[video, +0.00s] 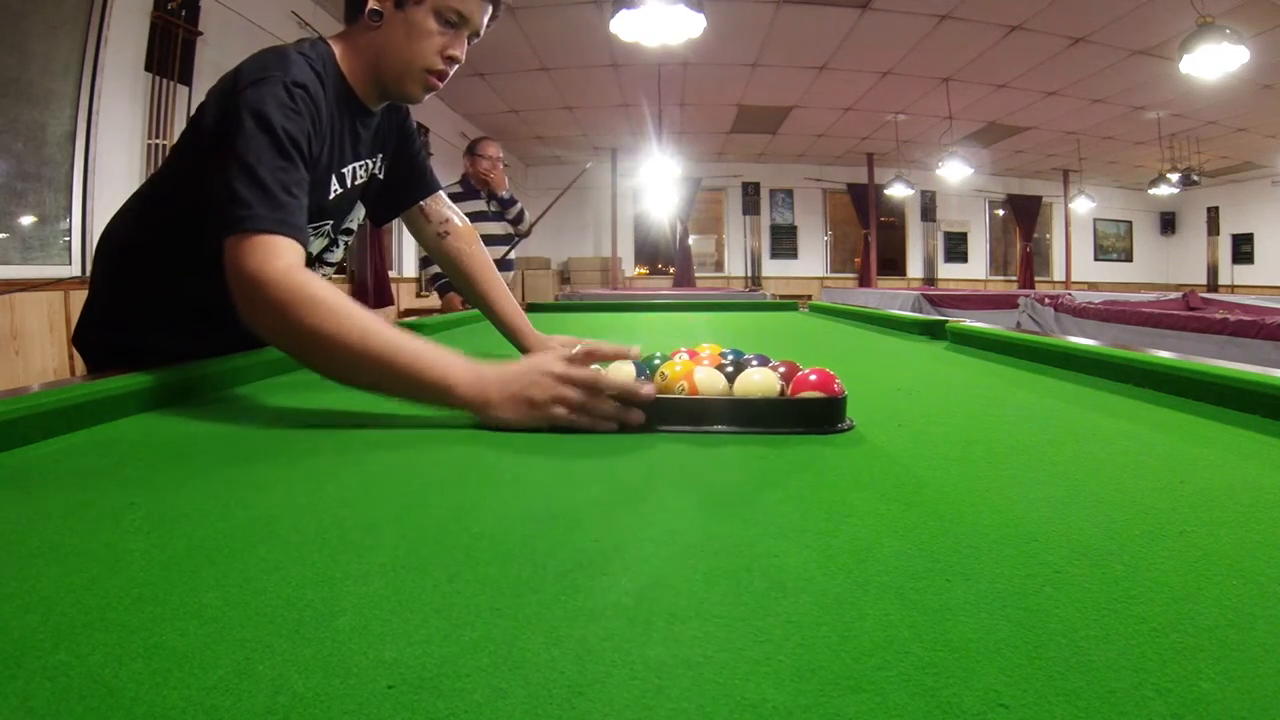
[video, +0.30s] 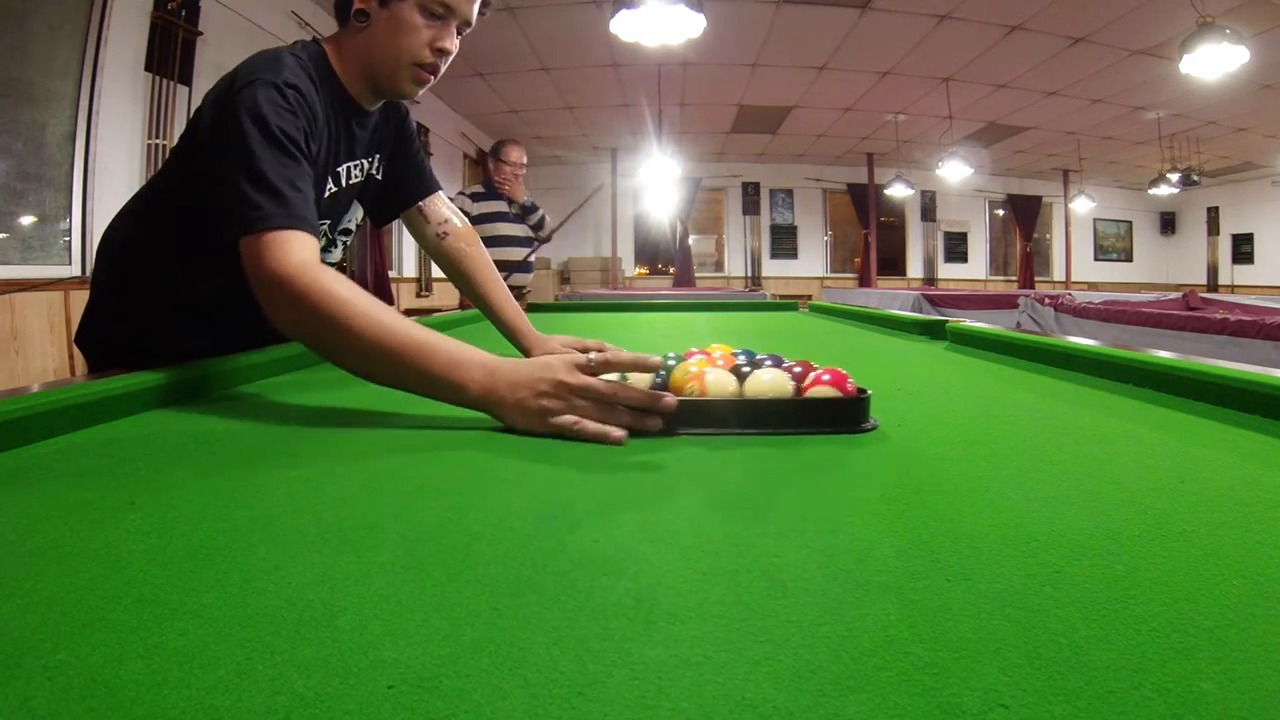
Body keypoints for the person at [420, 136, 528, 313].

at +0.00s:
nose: (494, 166)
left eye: (499, 160)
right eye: (487, 158)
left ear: (504, 165)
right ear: (468, 162)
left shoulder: (504, 199)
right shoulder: (444, 198)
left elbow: (525, 230)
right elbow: (429, 252)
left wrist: (503, 193)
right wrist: (445, 293)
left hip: (500, 295)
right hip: (462, 299)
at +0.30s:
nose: (518, 172)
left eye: (522, 167)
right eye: (512, 165)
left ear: (526, 169)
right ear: (491, 164)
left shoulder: (523, 200)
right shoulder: (469, 198)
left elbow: (546, 236)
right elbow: (452, 243)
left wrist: (524, 201)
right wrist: (465, 289)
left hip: (518, 298)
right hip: (481, 296)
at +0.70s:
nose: (542, 169)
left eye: (548, 164)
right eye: (535, 163)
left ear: (554, 168)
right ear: (522, 165)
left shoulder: (559, 200)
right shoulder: (502, 198)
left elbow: (577, 240)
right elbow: (485, 249)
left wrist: (566, 205)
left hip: (550, 293)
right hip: (515, 291)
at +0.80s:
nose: (545, 168)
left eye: (551, 163)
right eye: (538, 162)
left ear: (557, 168)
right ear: (525, 166)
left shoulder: (563, 200)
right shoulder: (506, 198)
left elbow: (582, 242)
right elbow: (489, 245)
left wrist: (573, 210)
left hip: (554, 293)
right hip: (518, 291)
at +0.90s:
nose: (546, 167)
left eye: (552, 161)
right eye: (539, 161)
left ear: (559, 168)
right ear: (527, 166)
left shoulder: (564, 206)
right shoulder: (508, 198)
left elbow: (585, 244)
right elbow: (490, 244)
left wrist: (580, 218)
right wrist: (493, 284)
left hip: (557, 293)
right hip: (520, 291)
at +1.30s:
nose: (543, 161)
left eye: (548, 156)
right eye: (535, 157)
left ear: (556, 162)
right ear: (524, 164)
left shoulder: (571, 200)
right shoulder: (507, 202)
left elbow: (591, 233)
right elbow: (491, 247)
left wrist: (604, 262)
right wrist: (496, 284)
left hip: (566, 295)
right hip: (528, 295)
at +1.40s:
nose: (542, 159)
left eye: (548, 154)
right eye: (534, 155)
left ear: (556, 161)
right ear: (524, 163)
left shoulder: (573, 199)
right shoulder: (507, 203)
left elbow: (592, 233)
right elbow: (490, 248)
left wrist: (607, 263)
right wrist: (495, 283)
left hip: (568, 296)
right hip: (527, 296)